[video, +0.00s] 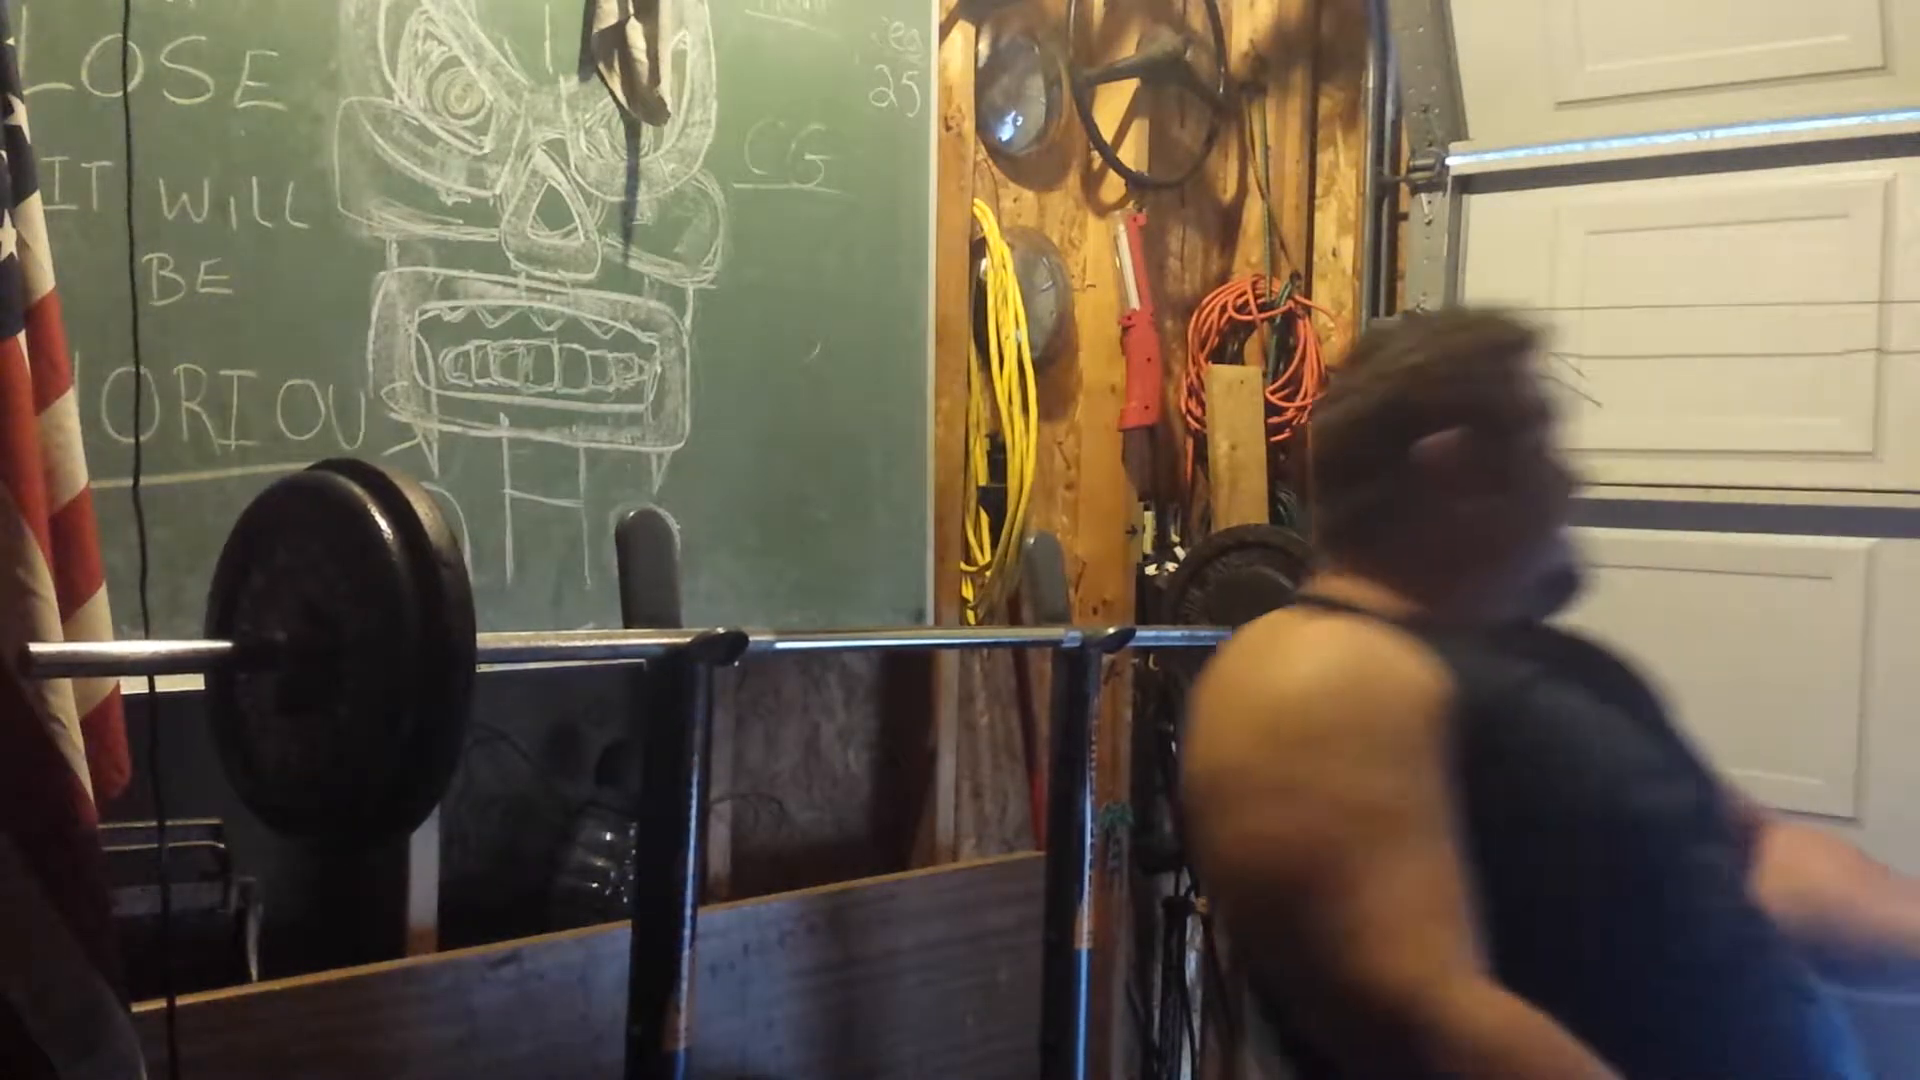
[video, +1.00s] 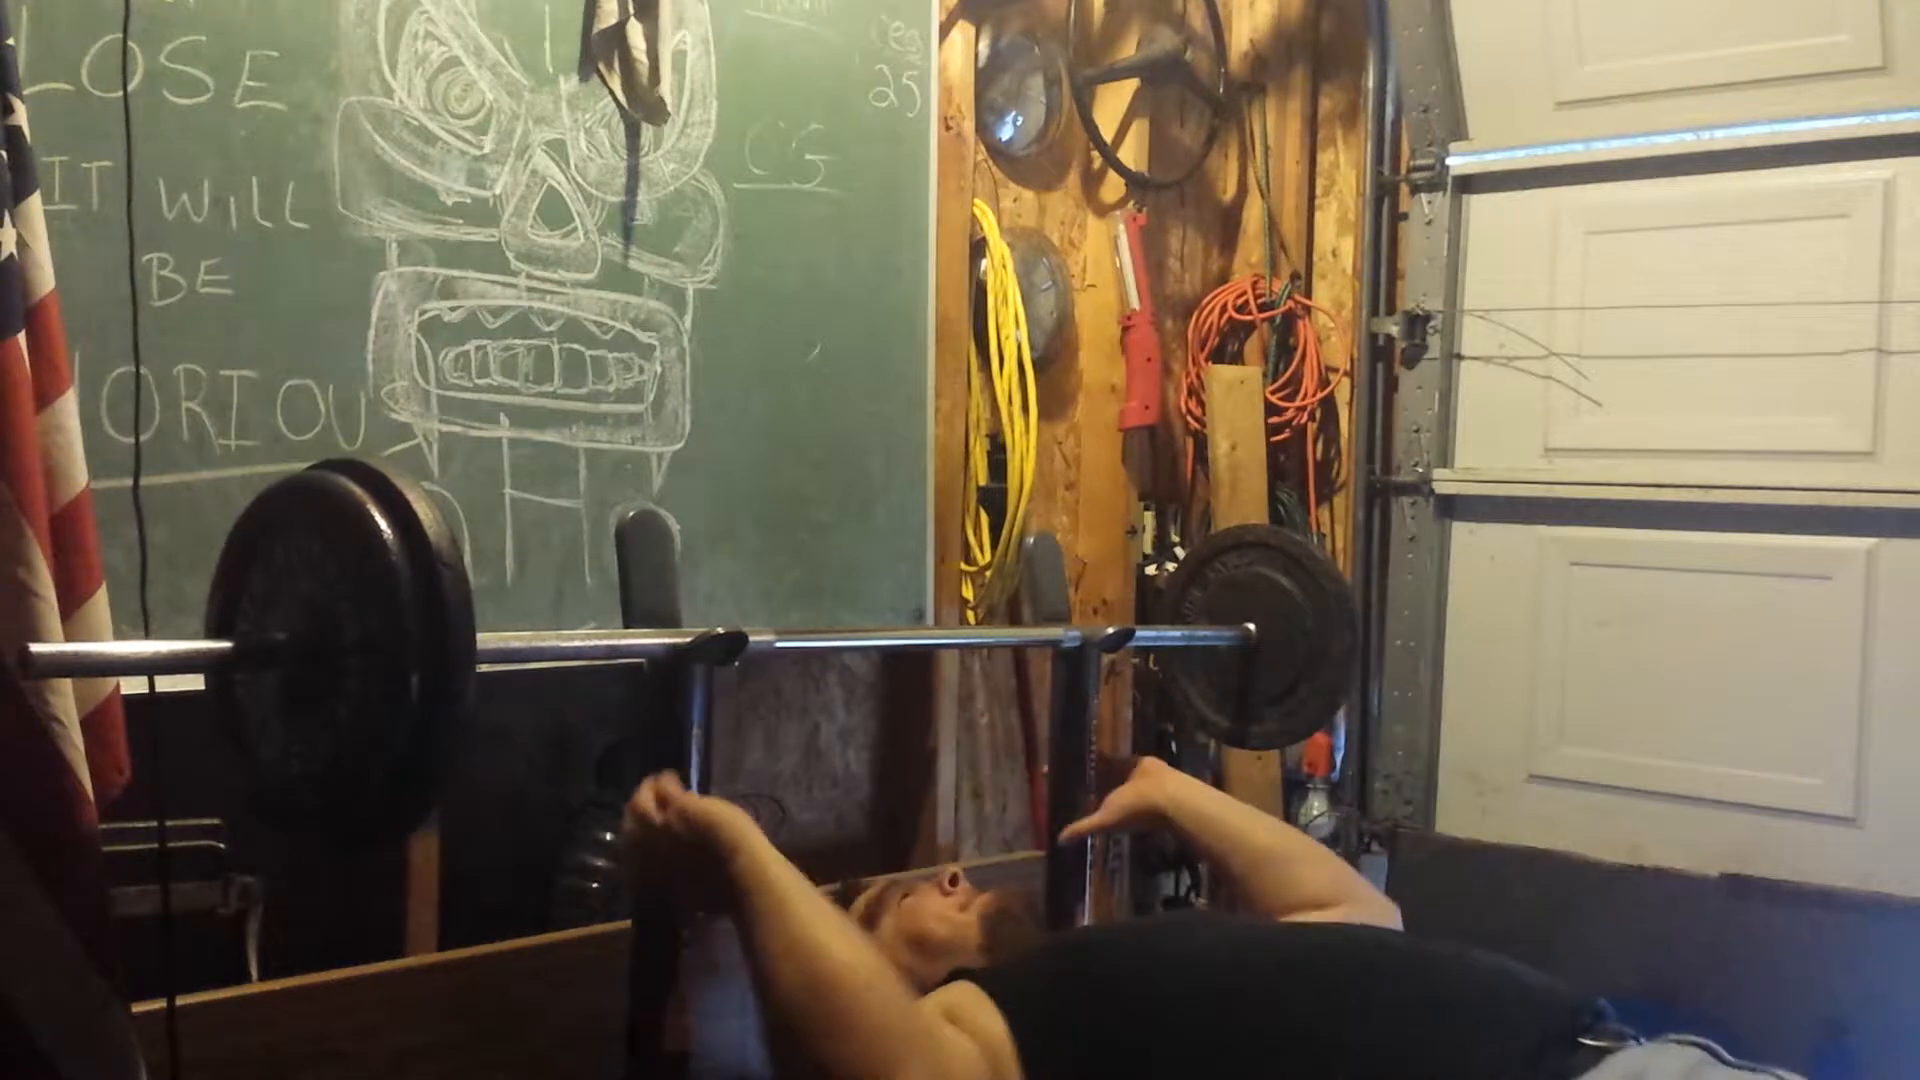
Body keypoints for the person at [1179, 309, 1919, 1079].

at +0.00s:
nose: (1571, 474)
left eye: (1555, 438)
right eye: (1540, 440)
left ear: (1460, 471)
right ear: (1453, 469)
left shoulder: (1548, 661)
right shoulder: (1319, 673)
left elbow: (1746, 846)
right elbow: (1416, 1006)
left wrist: (1912, 925)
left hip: (1800, 1049)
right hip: (1672, 1059)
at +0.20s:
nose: (1365, 551)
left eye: (1348, 524)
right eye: (1323, 532)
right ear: (1228, 587)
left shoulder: (1406, 724)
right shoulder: (1159, 758)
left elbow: (1627, 853)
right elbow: (1280, 1008)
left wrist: (1882, 895)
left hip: (1736, 1049)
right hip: (1606, 1058)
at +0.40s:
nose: (1185, 691)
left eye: (1167, 671)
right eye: (1132, 679)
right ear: (1047, 762)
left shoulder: (1289, 850)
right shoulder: (1044, 894)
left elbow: (1506, 896)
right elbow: (1160, 1039)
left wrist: (1727, 875)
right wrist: (1513, 1037)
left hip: (1596, 995)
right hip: (1508, 1056)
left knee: (1859, 921)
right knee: (1846, 958)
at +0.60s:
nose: (1015, 833)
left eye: (1006, 822)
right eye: (969, 833)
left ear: (1036, 852)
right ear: (905, 931)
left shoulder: (1135, 960)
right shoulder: (947, 1016)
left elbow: (1419, 986)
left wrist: (1480, 829)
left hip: (1587, 1040)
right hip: (1537, 1064)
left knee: (1861, 1068)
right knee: (1848, 1068)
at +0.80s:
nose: (956, 865)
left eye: (949, 854)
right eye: (916, 887)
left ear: (1004, 870)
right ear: (889, 967)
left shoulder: (1132, 955)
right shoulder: (954, 1019)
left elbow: (1350, 958)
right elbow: (839, 1075)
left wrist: (1256, 778)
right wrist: (757, 889)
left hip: (1574, 1035)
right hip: (1524, 1075)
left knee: (1889, 1064)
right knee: (1871, 1072)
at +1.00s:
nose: (930, 884)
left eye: (923, 875)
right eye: (890, 902)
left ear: (986, 895)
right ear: (878, 972)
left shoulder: (1149, 968)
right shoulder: (975, 1021)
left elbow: (1356, 910)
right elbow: (899, 1063)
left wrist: (1182, 798)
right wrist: (735, 847)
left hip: (1640, 1042)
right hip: (1557, 1077)